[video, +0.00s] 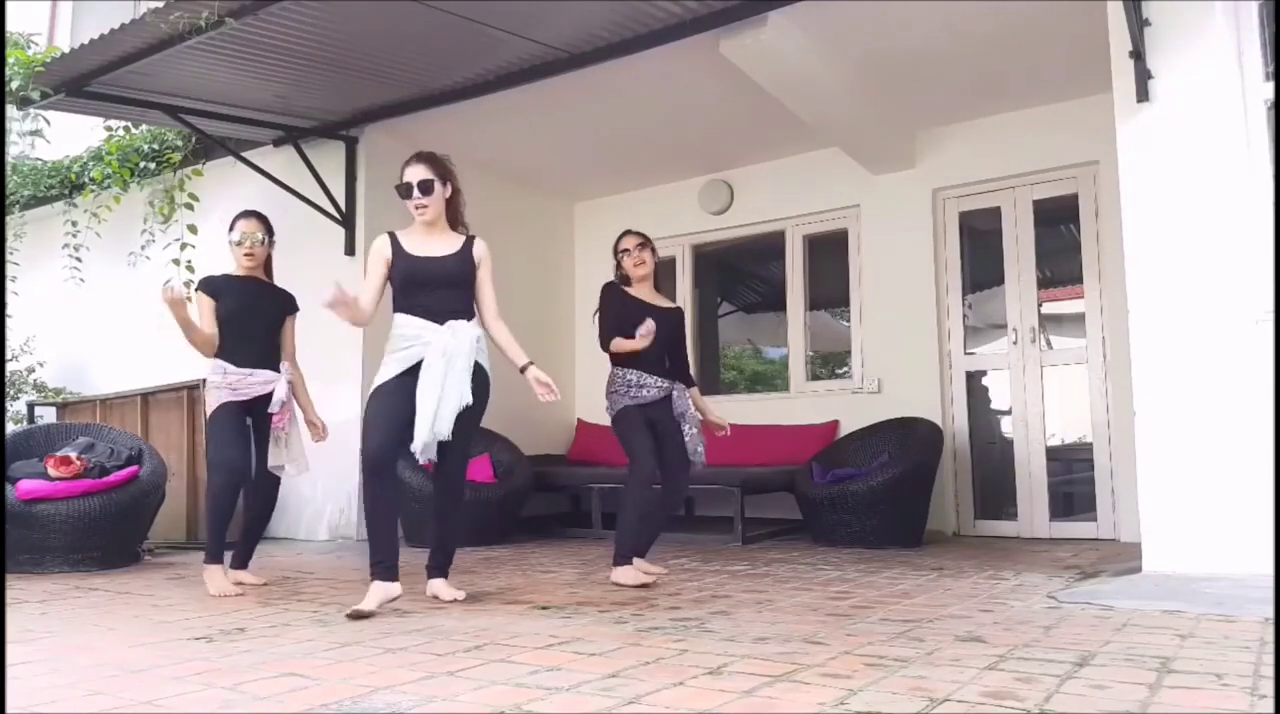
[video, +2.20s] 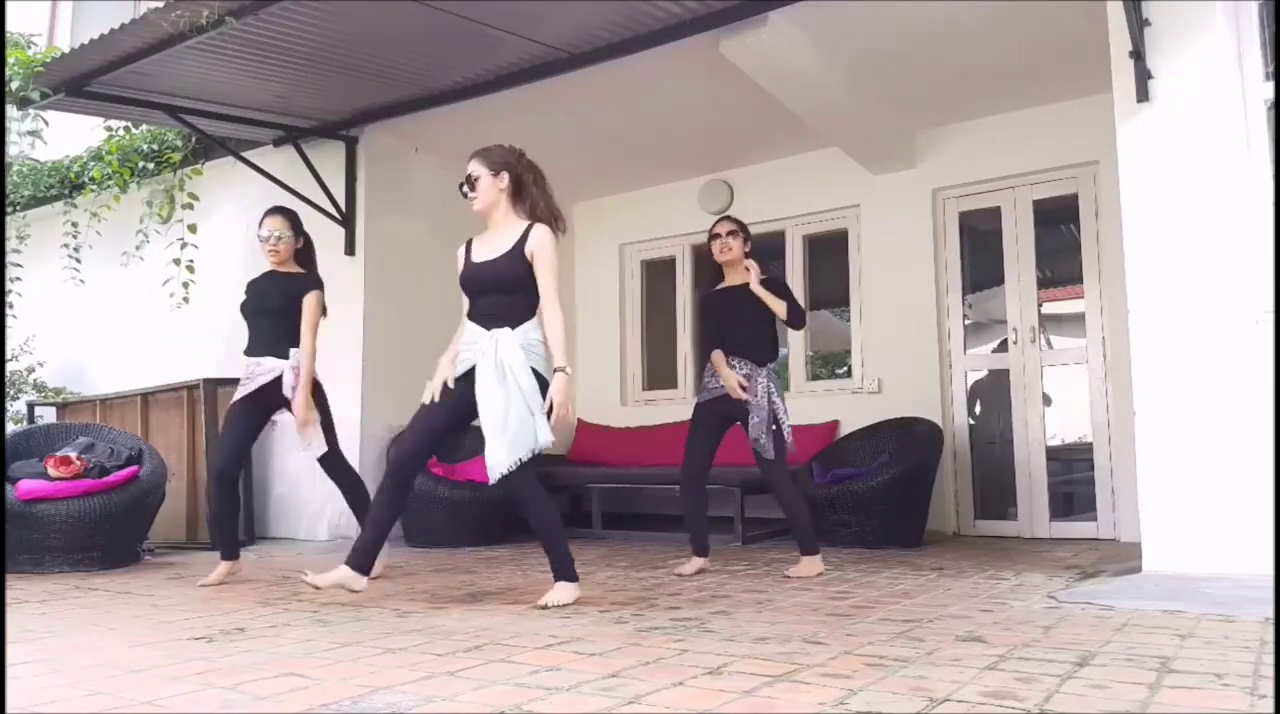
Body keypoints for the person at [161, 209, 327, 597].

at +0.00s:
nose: (249, 247)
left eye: (257, 239)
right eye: (240, 240)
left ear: (270, 246)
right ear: (230, 246)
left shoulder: (283, 299)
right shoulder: (212, 287)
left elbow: (290, 363)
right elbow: (208, 347)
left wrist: (309, 412)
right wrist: (180, 314)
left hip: (272, 392)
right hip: (227, 389)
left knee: (268, 479)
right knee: (230, 468)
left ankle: (240, 564)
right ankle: (214, 564)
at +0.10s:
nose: (250, 254)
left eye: (258, 247)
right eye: (241, 247)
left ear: (270, 252)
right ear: (231, 252)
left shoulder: (282, 305)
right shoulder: (215, 290)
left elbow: (295, 367)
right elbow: (178, 334)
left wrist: (316, 414)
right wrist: (193, 285)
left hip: (274, 393)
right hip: (229, 392)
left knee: (272, 483)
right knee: (226, 469)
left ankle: (240, 566)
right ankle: (217, 556)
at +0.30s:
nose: (247, 261)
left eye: (255, 255)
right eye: (239, 255)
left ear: (269, 261)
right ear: (230, 261)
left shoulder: (284, 311)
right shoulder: (214, 301)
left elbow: (298, 373)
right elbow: (154, 317)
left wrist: (318, 422)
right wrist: (192, 326)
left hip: (275, 403)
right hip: (229, 402)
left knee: (276, 490)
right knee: (224, 467)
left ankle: (239, 567)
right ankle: (212, 564)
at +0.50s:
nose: (246, 249)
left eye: (254, 241)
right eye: (238, 242)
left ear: (269, 246)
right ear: (230, 248)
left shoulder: (289, 295)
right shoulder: (217, 291)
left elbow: (301, 355)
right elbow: (175, 339)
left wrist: (314, 407)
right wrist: (178, 377)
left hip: (271, 389)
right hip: (224, 386)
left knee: (269, 477)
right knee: (209, 466)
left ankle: (238, 566)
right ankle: (196, 562)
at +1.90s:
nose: (247, 248)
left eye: (257, 241)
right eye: (241, 241)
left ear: (274, 247)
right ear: (234, 246)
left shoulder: (288, 291)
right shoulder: (225, 289)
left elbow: (311, 347)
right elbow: (214, 345)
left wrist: (328, 401)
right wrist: (196, 395)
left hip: (259, 387)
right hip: (220, 386)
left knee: (243, 466)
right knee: (214, 475)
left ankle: (274, 555)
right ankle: (231, 564)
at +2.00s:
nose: (254, 246)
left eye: (263, 239)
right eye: (248, 239)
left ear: (281, 244)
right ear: (240, 242)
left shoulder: (291, 288)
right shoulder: (231, 284)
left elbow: (319, 345)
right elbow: (230, 334)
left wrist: (341, 399)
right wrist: (225, 377)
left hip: (264, 383)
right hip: (224, 382)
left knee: (273, 468)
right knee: (218, 473)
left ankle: (327, 540)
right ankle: (231, 563)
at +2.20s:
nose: (271, 244)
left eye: (280, 237)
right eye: (266, 237)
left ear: (298, 241)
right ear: (258, 241)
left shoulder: (308, 283)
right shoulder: (257, 284)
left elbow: (308, 343)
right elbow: (259, 339)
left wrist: (303, 396)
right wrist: (247, 388)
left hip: (297, 379)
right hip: (257, 381)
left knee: (332, 461)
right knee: (223, 466)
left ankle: (375, 544)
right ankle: (228, 558)